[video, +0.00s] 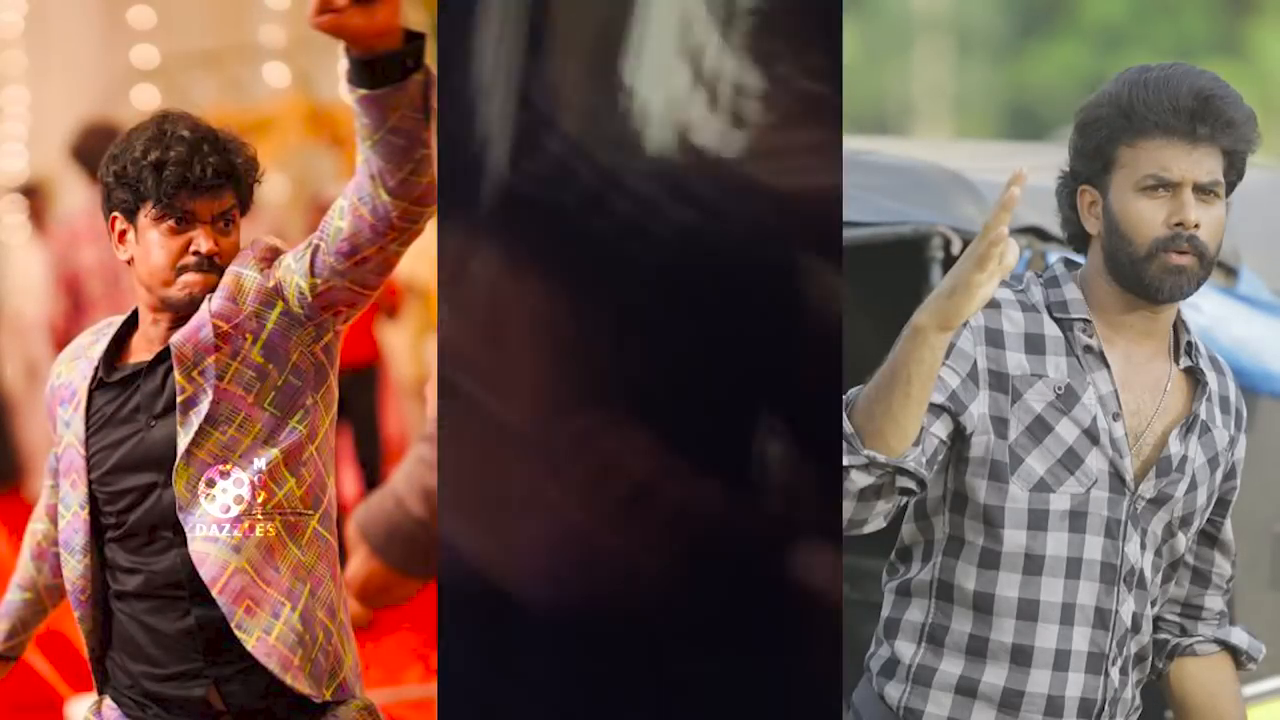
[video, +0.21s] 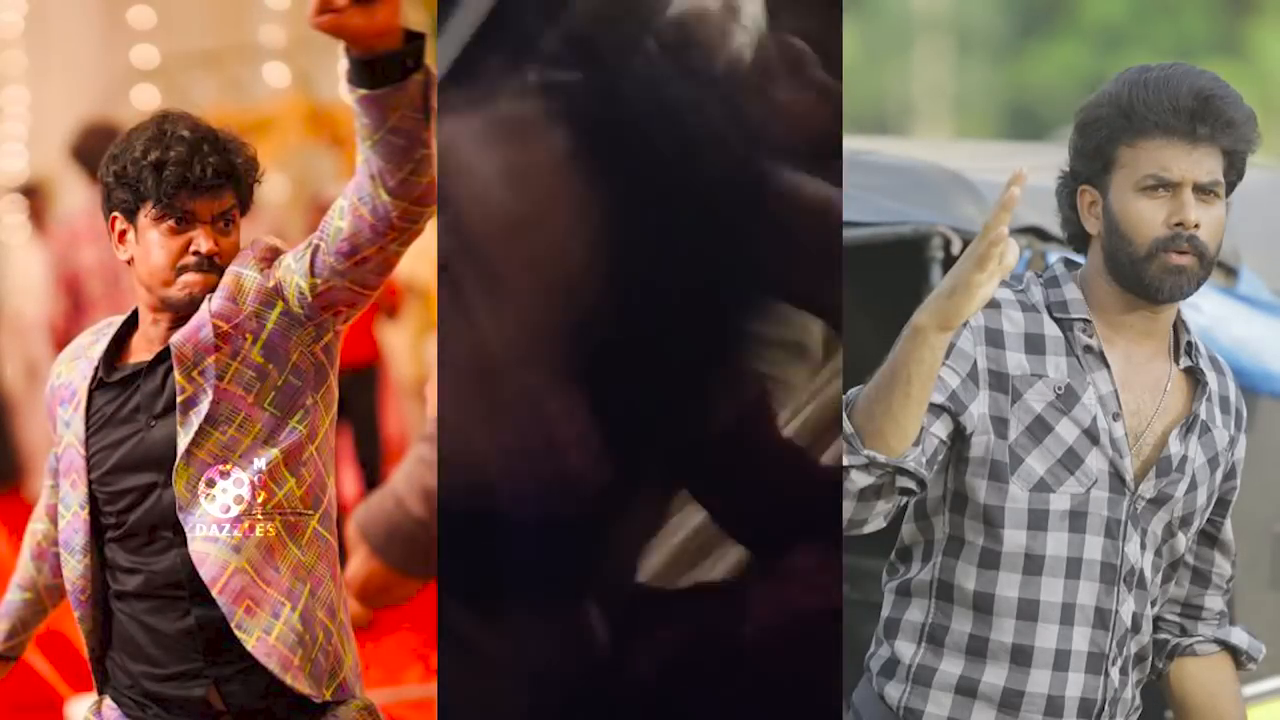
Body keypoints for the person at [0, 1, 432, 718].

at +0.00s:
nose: (206, 245)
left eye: (224, 223)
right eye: (179, 222)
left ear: (243, 230)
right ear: (123, 237)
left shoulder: (288, 312)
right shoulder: (76, 373)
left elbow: (394, 200)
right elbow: (56, 524)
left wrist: (381, 52)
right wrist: (8, 634)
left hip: (291, 700)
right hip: (140, 705)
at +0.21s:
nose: (206, 245)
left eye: (224, 222)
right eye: (179, 222)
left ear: (243, 230)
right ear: (123, 237)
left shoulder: (287, 311)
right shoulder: (76, 373)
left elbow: (394, 200)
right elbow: (56, 523)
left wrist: (380, 52)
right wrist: (8, 634)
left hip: (291, 700)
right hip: (140, 705)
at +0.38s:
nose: (206, 245)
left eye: (223, 222)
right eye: (179, 222)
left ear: (242, 230)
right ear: (123, 236)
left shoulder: (286, 313)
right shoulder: (76, 373)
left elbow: (393, 201)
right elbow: (56, 524)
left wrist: (380, 52)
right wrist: (8, 634)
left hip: (290, 700)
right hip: (139, 705)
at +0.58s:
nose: (206, 245)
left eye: (223, 222)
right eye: (179, 222)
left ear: (243, 230)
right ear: (122, 236)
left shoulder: (287, 312)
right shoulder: (76, 373)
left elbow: (393, 201)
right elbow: (56, 524)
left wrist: (381, 52)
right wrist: (7, 635)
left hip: (290, 700)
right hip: (140, 705)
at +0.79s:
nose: (206, 245)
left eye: (223, 222)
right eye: (179, 222)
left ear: (243, 230)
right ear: (122, 236)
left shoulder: (287, 312)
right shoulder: (76, 373)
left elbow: (394, 200)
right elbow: (56, 524)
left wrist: (380, 52)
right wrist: (7, 635)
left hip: (291, 700)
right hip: (140, 705)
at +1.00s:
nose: (206, 245)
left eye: (223, 222)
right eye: (179, 222)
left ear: (243, 229)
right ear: (123, 237)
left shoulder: (286, 312)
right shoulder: (75, 374)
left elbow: (393, 200)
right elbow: (56, 524)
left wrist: (380, 52)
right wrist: (7, 635)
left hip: (292, 702)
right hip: (140, 708)